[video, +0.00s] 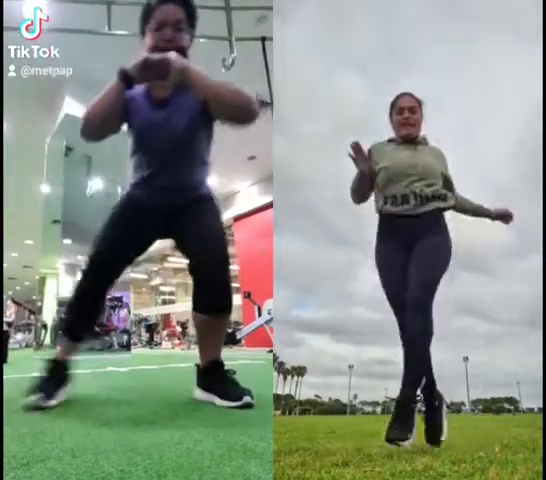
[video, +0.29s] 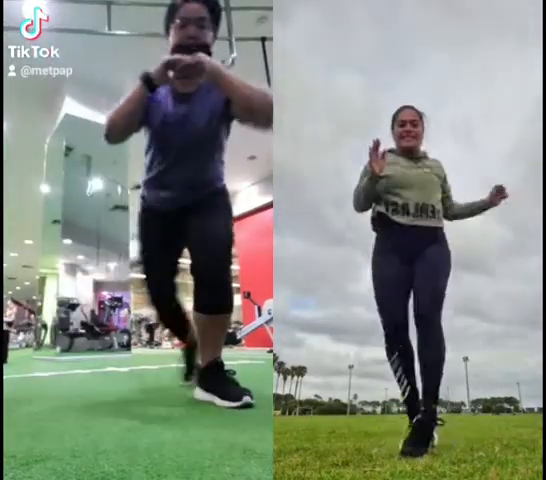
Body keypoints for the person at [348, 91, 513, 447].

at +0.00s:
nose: (407, 115)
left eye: (412, 110)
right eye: (400, 111)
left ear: (422, 118)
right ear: (391, 119)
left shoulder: (435, 155)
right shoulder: (377, 152)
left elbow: (450, 198)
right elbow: (358, 197)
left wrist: (490, 213)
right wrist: (364, 172)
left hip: (431, 232)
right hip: (391, 235)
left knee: (417, 304)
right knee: (406, 319)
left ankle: (405, 403)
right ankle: (432, 399)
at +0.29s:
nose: (408, 128)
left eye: (414, 123)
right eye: (402, 124)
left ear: (423, 130)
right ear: (392, 132)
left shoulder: (435, 167)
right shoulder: (380, 164)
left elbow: (450, 210)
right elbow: (360, 205)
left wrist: (487, 203)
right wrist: (372, 174)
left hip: (431, 246)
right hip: (390, 248)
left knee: (427, 319)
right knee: (393, 326)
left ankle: (428, 412)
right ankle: (413, 410)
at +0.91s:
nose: (394, 141)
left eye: (400, 136)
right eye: (388, 137)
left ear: (409, 141)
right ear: (380, 144)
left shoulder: (427, 174)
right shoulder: (373, 181)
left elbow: (450, 213)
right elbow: (371, 226)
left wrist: (447, 179)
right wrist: (352, 215)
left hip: (422, 252)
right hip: (384, 253)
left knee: (419, 335)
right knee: (390, 331)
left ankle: (404, 415)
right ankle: (406, 416)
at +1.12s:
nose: (393, 164)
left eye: (398, 159)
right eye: (387, 160)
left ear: (408, 166)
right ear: (378, 169)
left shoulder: (427, 202)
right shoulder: (371, 208)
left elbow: (454, 234)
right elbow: (367, 252)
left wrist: (446, 196)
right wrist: (343, 251)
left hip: (421, 283)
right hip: (382, 283)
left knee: (407, 355)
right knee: (400, 349)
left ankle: (388, 426)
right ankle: (431, 429)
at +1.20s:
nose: (393, 148)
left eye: (398, 144)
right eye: (387, 144)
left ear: (407, 150)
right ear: (380, 153)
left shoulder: (425, 182)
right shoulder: (371, 188)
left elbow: (461, 201)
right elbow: (361, 228)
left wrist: (449, 168)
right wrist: (340, 213)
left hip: (418, 260)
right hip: (380, 260)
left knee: (410, 335)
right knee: (388, 318)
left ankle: (398, 419)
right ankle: (396, 407)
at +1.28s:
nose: (396, 140)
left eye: (401, 136)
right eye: (390, 137)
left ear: (410, 143)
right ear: (382, 146)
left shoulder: (423, 175)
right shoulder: (371, 177)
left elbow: (461, 193)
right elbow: (343, 209)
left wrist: (456, 159)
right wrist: (330, 184)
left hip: (417, 252)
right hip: (378, 252)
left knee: (424, 329)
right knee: (366, 325)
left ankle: (427, 406)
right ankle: (349, 407)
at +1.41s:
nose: (399, 148)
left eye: (404, 144)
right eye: (393, 144)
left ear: (413, 152)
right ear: (384, 153)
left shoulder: (425, 183)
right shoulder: (371, 181)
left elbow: (462, 205)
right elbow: (332, 200)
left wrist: (463, 170)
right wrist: (329, 170)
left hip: (416, 258)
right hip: (376, 257)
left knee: (432, 334)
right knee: (355, 332)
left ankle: (452, 413)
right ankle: (323, 416)